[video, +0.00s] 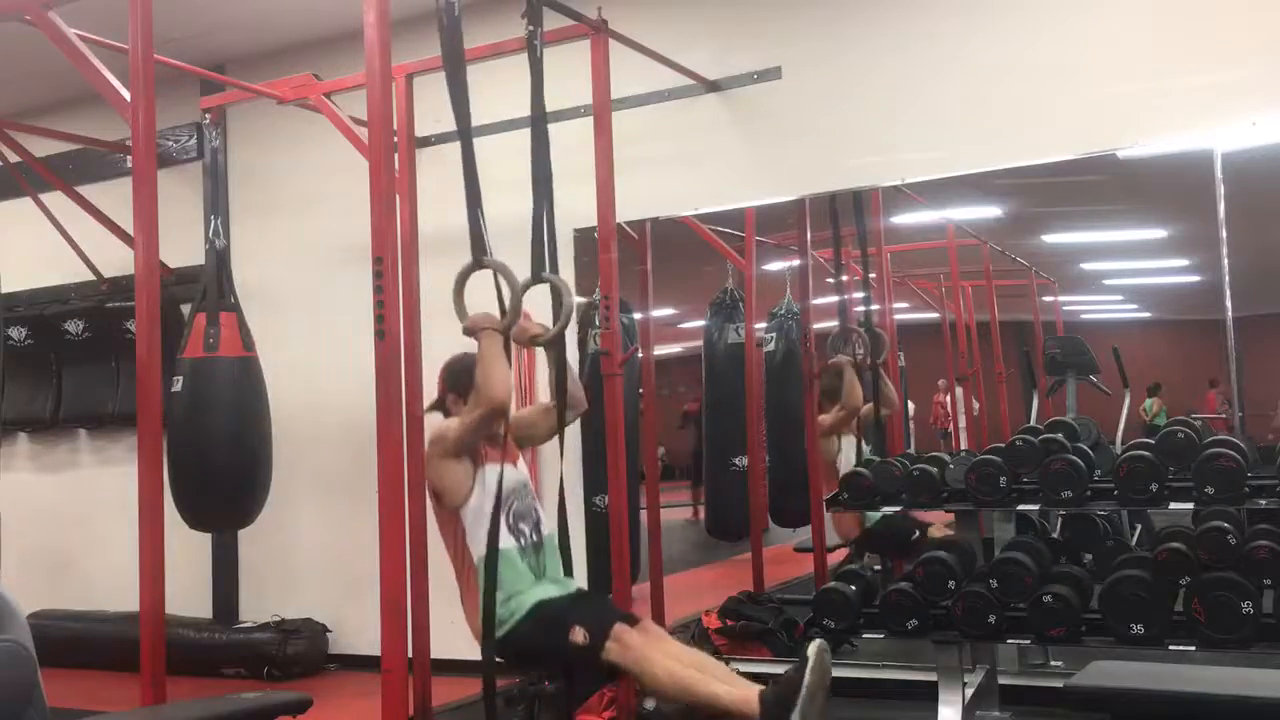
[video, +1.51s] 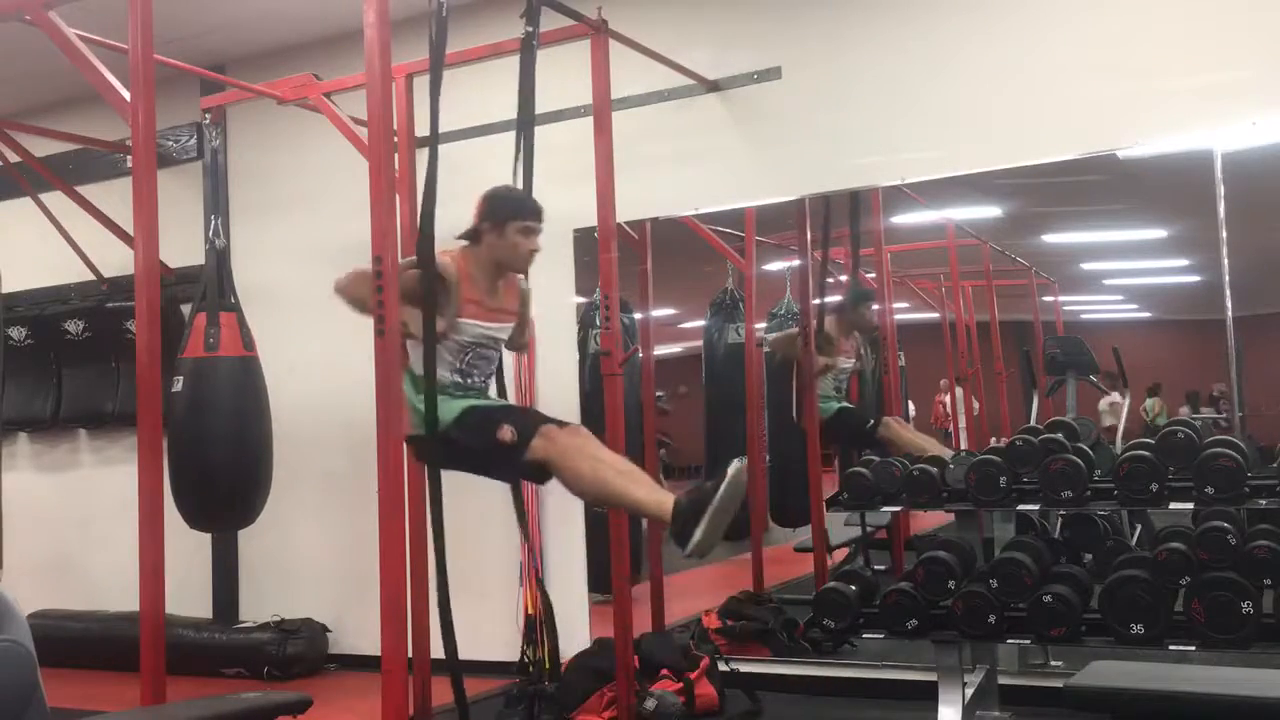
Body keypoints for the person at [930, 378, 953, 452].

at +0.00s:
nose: (942, 387)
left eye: (943, 385)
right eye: (940, 386)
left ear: (946, 386)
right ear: (938, 386)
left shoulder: (949, 396)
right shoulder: (936, 397)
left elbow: (952, 409)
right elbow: (934, 410)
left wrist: (952, 421)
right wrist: (932, 420)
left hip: (949, 421)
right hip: (940, 422)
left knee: (951, 437)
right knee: (942, 438)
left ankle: (953, 450)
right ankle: (943, 451)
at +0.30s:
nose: (942, 387)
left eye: (943, 385)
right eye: (940, 385)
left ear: (947, 386)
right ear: (939, 386)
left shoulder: (949, 396)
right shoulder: (937, 396)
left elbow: (951, 408)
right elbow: (934, 410)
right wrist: (933, 420)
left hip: (949, 421)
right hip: (940, 422)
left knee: (951, 438)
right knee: (942, 439)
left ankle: (953, 451)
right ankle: (943, 452)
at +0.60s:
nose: (942, 387)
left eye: (944, 385)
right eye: (941, 385)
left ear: (947, 386)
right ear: (939, 386)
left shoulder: (949, 396)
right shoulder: (937, 396)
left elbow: (951, 409)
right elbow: (935, 409)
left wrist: (953, 421)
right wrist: (933, 420)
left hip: (949, 422)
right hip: (940, 422)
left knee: (951, 438)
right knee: (942, 439)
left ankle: (952, 451)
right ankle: (943, 452)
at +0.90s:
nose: (942, 387)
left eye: (944, 385)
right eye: (941, 385)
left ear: (948, 386)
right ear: (939, 386)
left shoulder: (950, 396)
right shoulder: (937, 397)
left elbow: (952, 409)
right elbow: (935, 409)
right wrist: (933, 420)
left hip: (949, 422)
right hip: (940, 422)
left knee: (950, 438)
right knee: (942, 439)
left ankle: (952, 452)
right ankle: (944, 452)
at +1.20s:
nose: (943, 387)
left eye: (945, 385)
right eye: (942, 385)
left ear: (948, 386)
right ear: (940, 386)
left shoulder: (950, 396)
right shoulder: (938, 397)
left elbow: (953, 409)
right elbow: (935, 410)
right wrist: (933, 420)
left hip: (949, 422)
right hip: (940, 422)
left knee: (950, 439)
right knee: (942, 440)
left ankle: (952, 452)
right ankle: (944, 453)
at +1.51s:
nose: (943, 388)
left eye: (945, 386)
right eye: (942, 386)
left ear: (948, 386)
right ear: (940, 387)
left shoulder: (950, 396)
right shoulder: (938, 397)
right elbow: (935, 410)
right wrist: (933, 420)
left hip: (949, 423)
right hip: (940, 423)